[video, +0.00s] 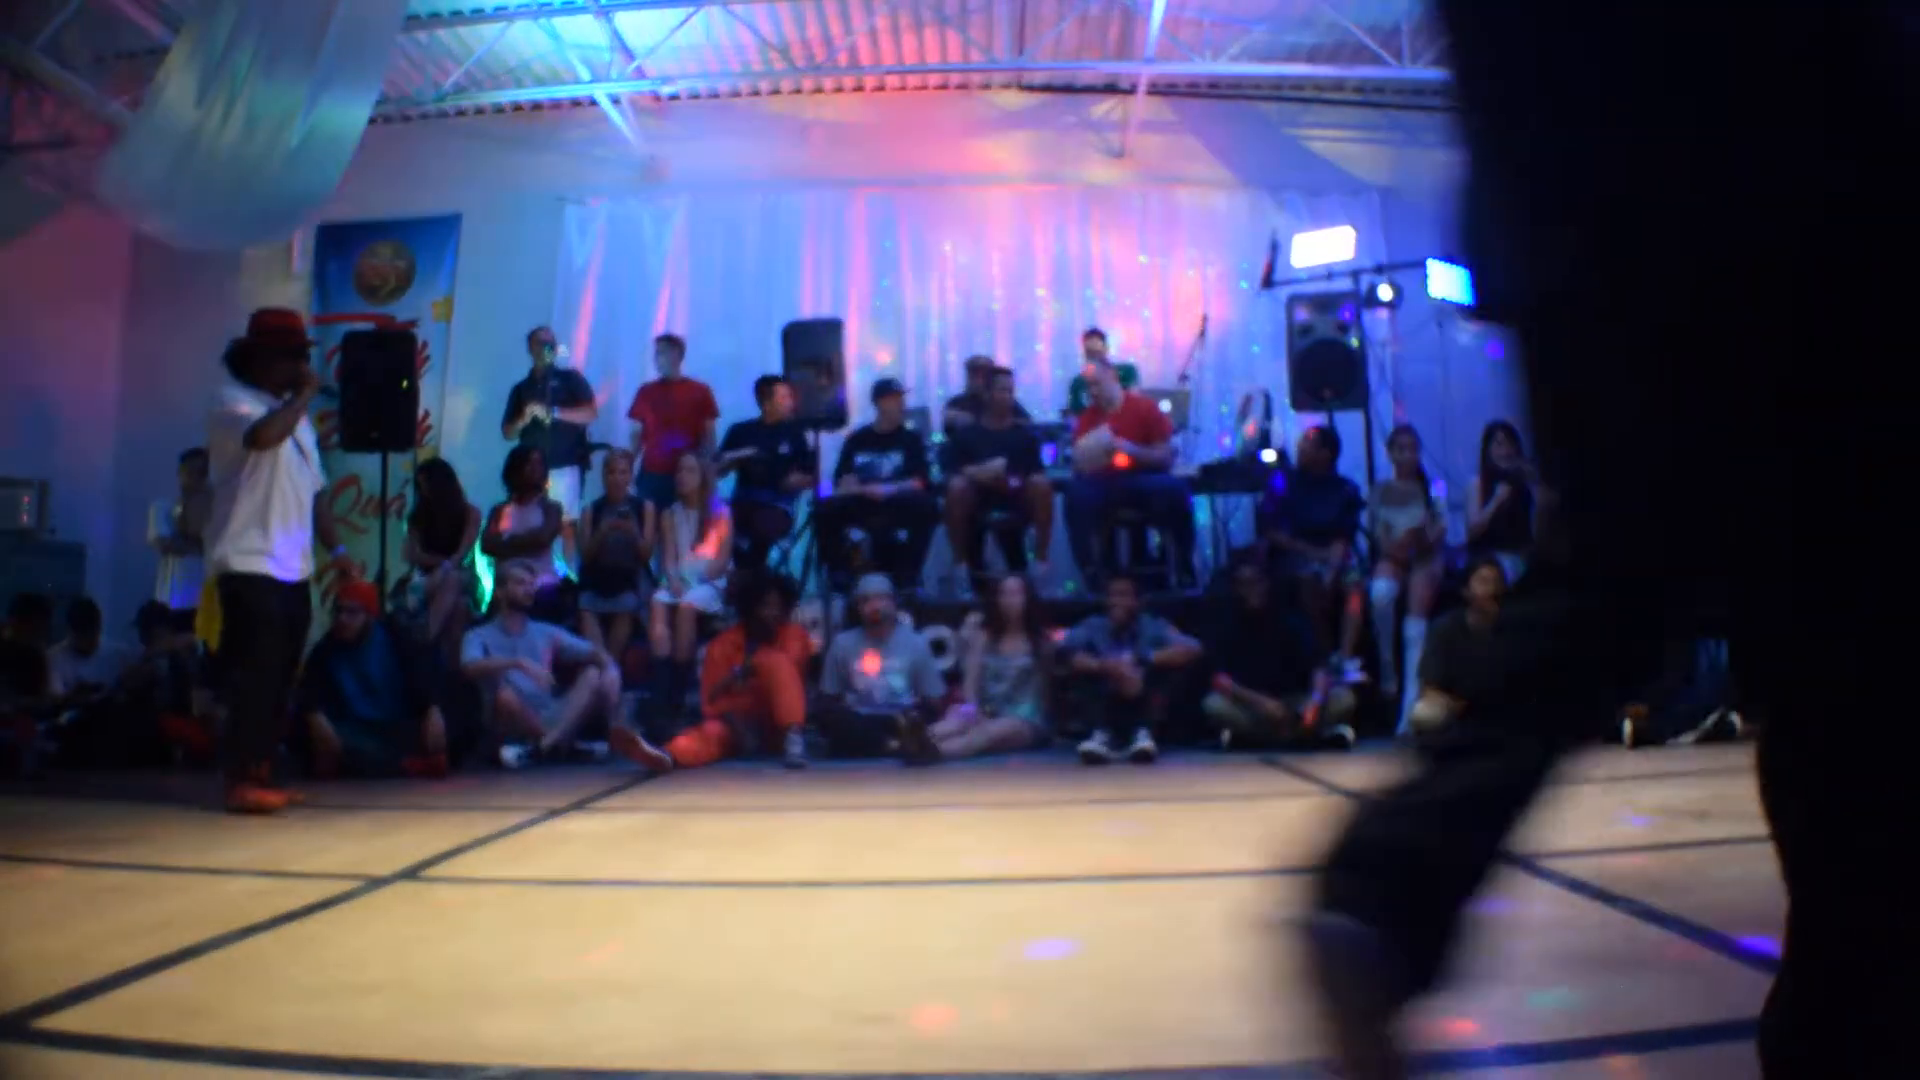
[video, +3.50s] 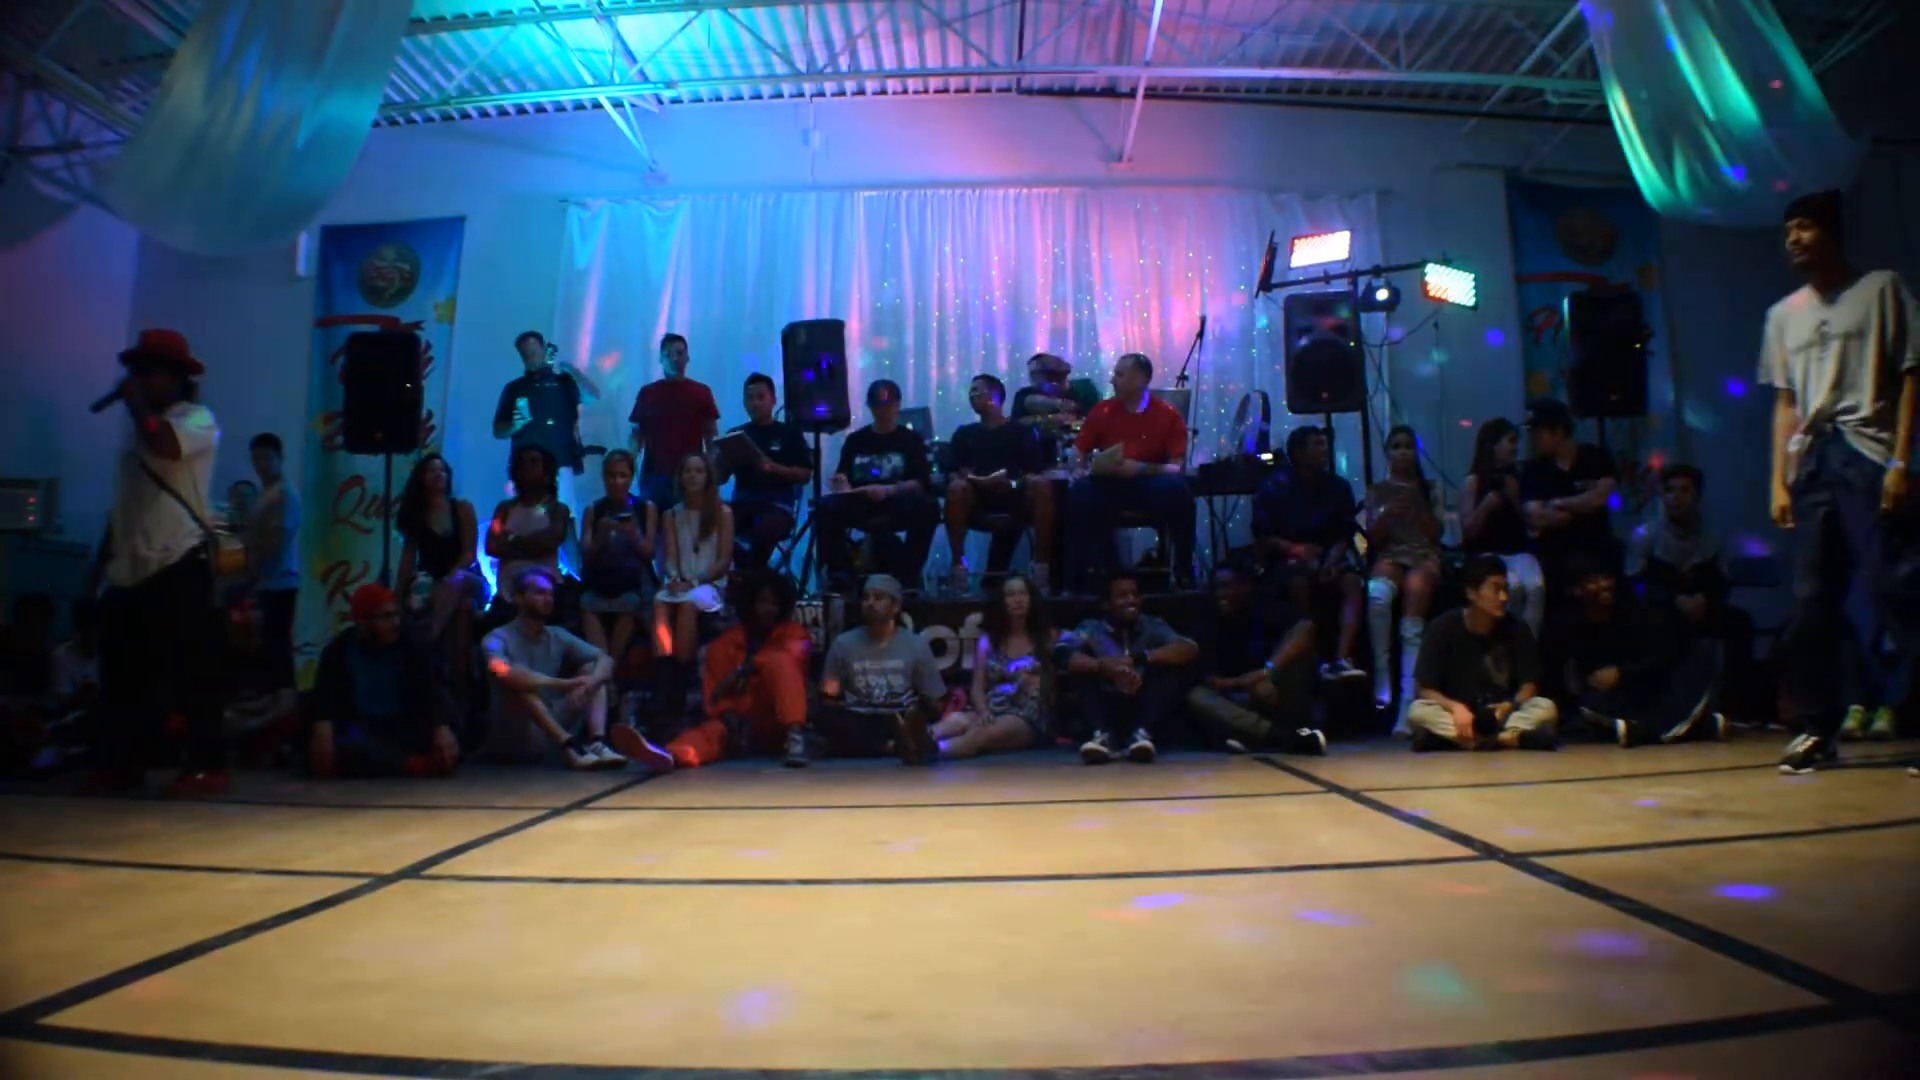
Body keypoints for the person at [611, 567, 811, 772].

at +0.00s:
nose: (772, 614)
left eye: (779, 607)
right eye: (765, 606)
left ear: (786, 610)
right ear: (749, 608)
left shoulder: (796, 638)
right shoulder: (723, 646)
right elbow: (711, 707)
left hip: (776, 720)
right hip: (736, 722)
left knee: (774, 660)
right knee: (711, 735)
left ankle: (793, 739)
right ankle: (668, 756)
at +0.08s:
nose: (768, 613)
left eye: (775, 606)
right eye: (762, 605)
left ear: (785, 610)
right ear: (747, 608)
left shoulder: (795, 638)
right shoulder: (723, 645)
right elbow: (711, 706)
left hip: (774, 721)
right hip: (736, 722)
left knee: (774, 661)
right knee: (709, 736)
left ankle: (794, 740)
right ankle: (668, 756)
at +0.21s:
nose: (766, 611)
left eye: (773, 604)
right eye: (761, 603)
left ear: (783, 609)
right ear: (748, 606)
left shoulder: (795, 638)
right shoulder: (725, 644)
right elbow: (711, 703)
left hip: (776, 722)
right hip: (737, 722)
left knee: (775, 660)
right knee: (710, 736)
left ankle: (794, 737)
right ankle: (670, 756)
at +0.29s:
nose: (765, 611)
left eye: (772, 604)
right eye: (760, 603)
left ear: (783, 609)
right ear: (749, 606)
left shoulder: (793, 637)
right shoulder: (724, 646)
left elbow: (787, 666)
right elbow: (712, 705)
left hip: (774, 717)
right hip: (737, 721)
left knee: (777, 662)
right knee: (712, 735)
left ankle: (793, 736)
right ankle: (670, 755)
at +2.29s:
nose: (768, 609)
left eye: (775, 603)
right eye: (762, 602)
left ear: (784, 607)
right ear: (749, 605)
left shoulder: (793, 634)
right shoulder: (723, 645)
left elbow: (786, 665)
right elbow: (713, 705)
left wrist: (753, 666)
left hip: (774, 717)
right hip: (737, 720)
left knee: (779, 661)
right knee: (709, 735)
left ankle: (794, 737)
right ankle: (670, 755)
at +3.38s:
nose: (767, 609)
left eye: (773, 603)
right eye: (761, 602)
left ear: (783, 606)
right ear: (748, 605)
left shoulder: (793, 633)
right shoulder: (724, 645)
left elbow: (789, 666)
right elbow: (713, 704)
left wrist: (753, 668)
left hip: (775, 715)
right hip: (738, 721)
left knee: (778, 660)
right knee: (711, 734)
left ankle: (795, 737)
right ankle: (670, 755)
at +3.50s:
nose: (768, 609)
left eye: (774, 603)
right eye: (762, 602)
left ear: (783, 607)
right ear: (749, 605)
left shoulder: (793, 634)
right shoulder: (723, 646)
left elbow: (790, 655)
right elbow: (713, 704)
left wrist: (753, 666)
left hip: (775, 717)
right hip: (738, 721)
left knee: (779, 661)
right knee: (711, 734)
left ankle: (795, 735)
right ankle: (670, 755)